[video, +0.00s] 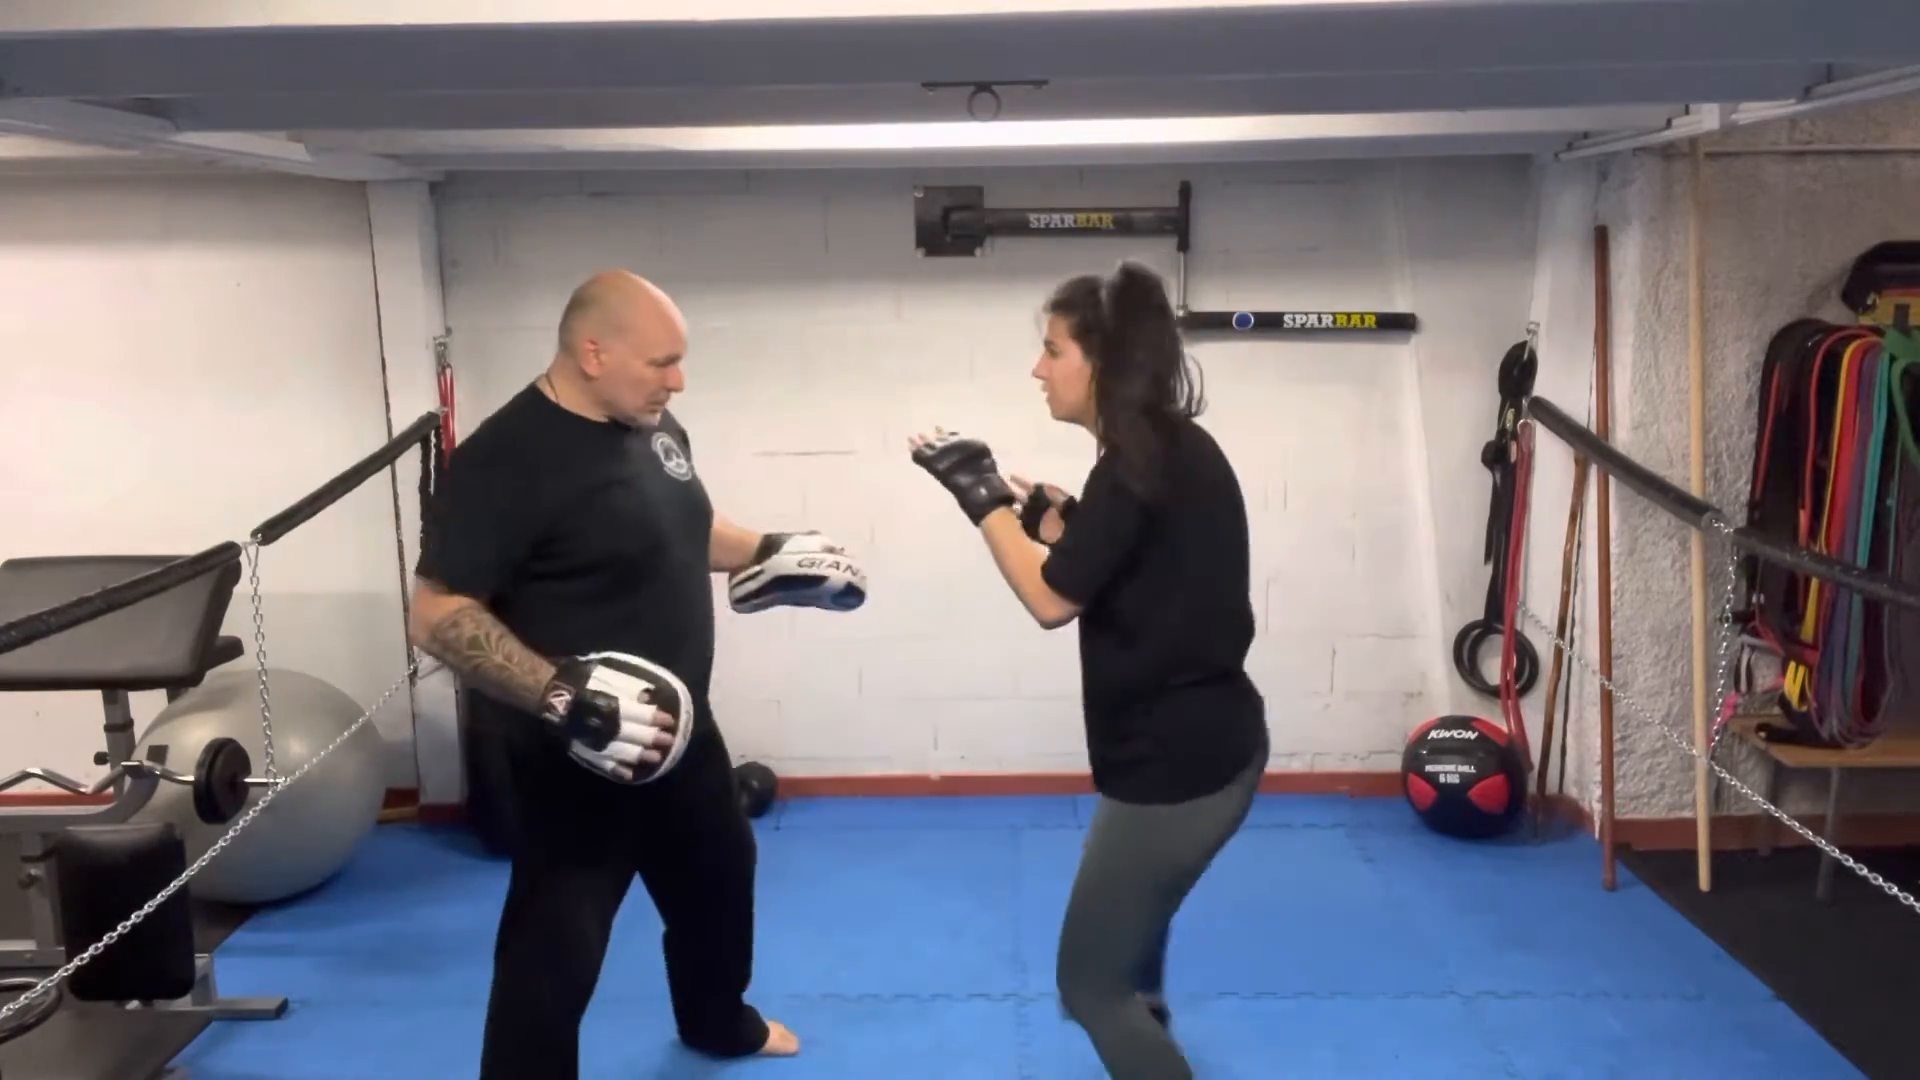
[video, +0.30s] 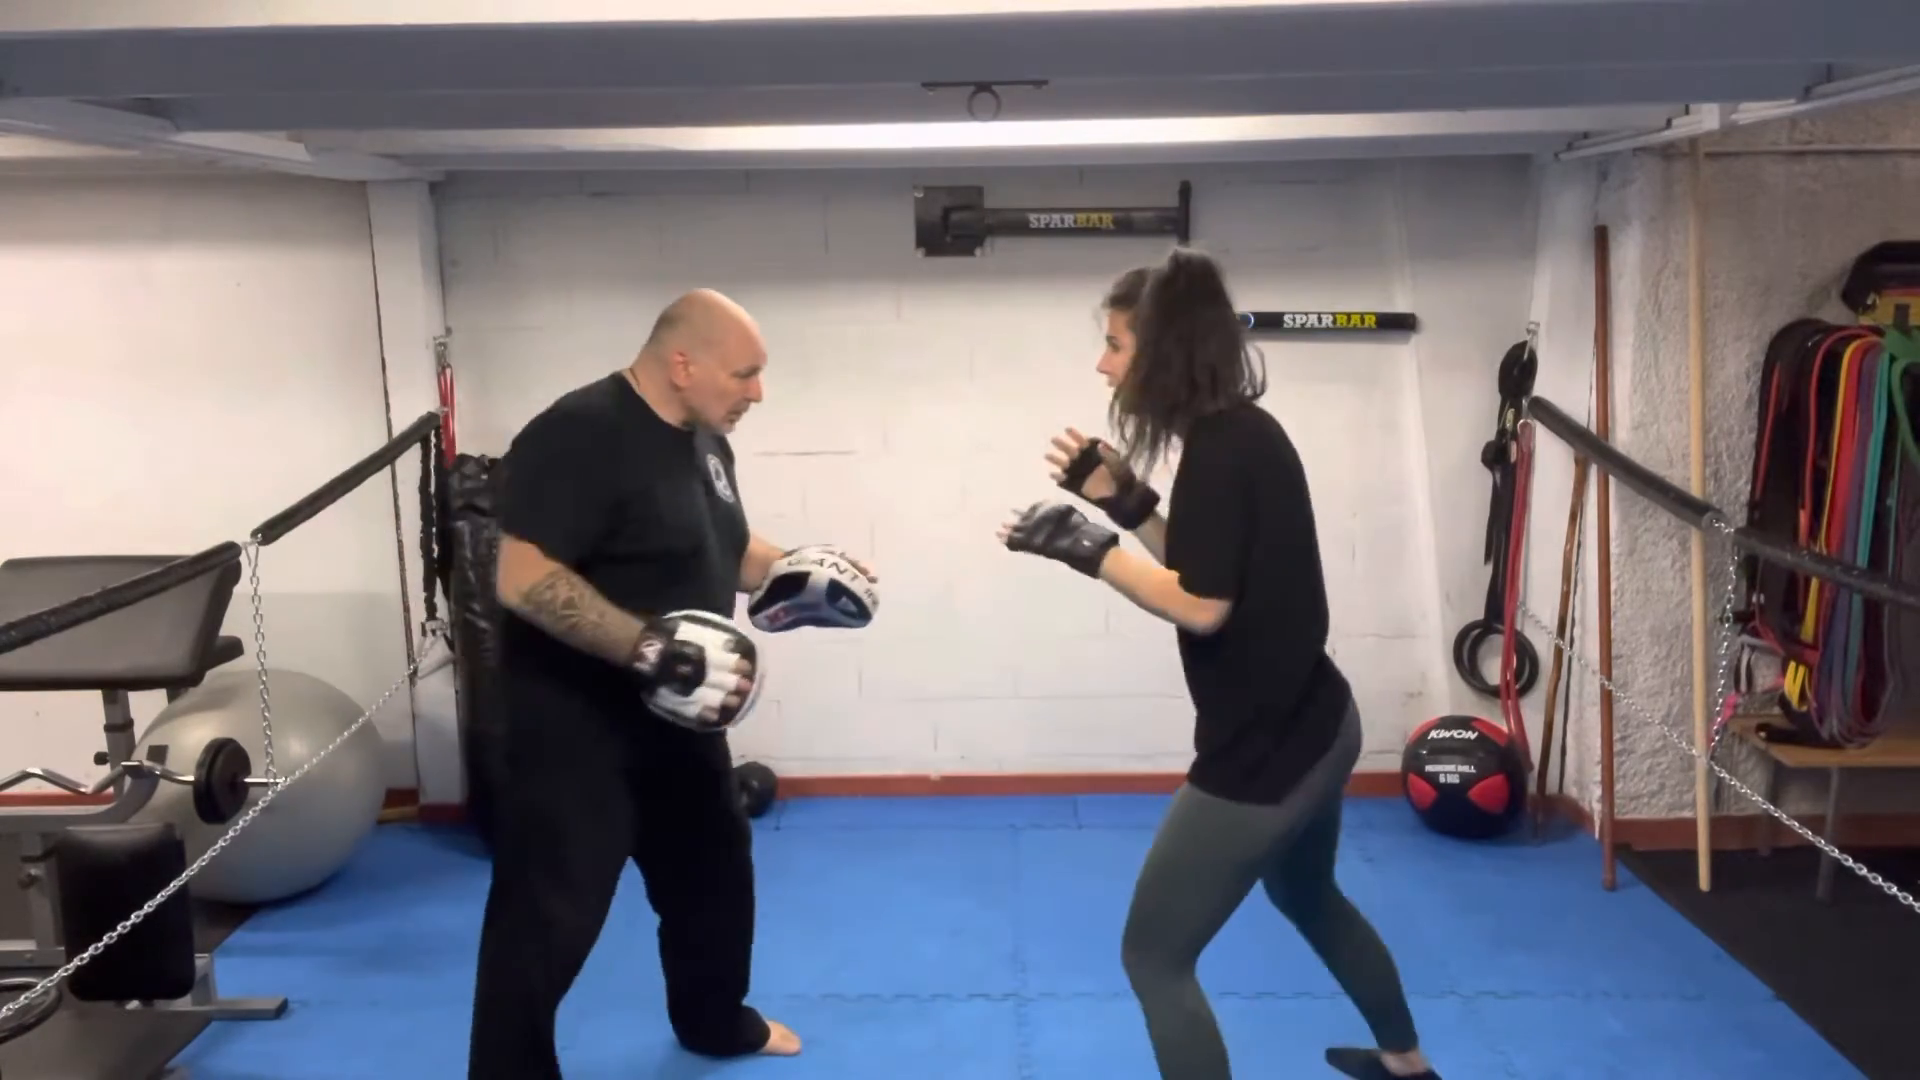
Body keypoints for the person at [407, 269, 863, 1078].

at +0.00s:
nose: (678, 380)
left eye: (680, 360)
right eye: (663, 361)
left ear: (605, 356)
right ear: (594, 353)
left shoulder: (654, 433)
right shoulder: (497, 462)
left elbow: (681, 532)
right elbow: (436, 614)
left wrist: (775, 551)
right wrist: (564, 695)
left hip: (680, 743)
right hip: (570, 762)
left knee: (717, 881)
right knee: (550, 959)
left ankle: (716, 1021)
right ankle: (526, 1070)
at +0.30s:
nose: (755, 393)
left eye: (757, 376)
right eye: (743, 376)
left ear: (689, 367)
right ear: (682, 364)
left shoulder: (704, 444)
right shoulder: (572, 436)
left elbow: (721, 546)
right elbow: (522, 576)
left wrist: (797, 574)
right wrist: (650, 648)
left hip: (669, 722)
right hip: (564, 726)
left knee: (711, 870)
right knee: (544, 918)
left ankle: (714, 1022)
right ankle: (510, 1066)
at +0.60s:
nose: (714, 390)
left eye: (717, 373)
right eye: (702, 373)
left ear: (647, 363)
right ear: (641, 361)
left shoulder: (663, 436)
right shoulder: (556, 431)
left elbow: (682, 550)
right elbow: (614, 578)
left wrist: (763, 567)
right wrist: (744, 537)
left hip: (652, 723)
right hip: (552, 732)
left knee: (693, 877)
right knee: (509, 929)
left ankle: (712, 1021)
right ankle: (451, 1070)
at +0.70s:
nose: (677, 392)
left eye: (679, 373)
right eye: (663, 373)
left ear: (607, 364)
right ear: (598, 361)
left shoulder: (626, 433)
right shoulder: (519, 441)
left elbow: (637, 543)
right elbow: (599, 579)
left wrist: (727, 534)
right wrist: (716, 515)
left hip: (639, 723)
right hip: (538, 737)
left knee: (686, 884)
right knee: (500, 936)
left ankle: (714, 1024)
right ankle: (459, 1070)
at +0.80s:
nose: (639, 396)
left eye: (642, 375)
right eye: (624, 375)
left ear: (567, 366)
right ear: (559, 364)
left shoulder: (605, 437)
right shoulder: (477, 452)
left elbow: (618, 557)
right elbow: (555, 593)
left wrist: (711, 551)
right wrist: (673, 522)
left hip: (627, 728)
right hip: (520, 744)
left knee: (680, 888)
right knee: (503, 940)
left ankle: (714, 1023)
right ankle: (461, 1072)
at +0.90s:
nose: (607, 403)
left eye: (610, 383)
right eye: (592, 383)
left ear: (531, 372)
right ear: (524, 370)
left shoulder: (575, 439)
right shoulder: (439, 460)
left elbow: (598, 569)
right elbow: (513, 610)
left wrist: (685, 532)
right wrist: (634, 524)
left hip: (611, 723)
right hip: (507, 744)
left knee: (676, 873)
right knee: (501, 942)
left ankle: (714, 1021)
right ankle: (458, 1071)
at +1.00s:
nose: (586, 406)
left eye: (589, 385)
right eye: (570, 385)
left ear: (509, 375)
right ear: (501, 374)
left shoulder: (549, 437)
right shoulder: (420, 472)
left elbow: (594, 543)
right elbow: (503, 607)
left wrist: (676, 485)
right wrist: (617, 501)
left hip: (605, 714)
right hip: (500, 744)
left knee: (677, 863)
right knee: (501, 942)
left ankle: (718, 1021)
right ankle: (455, 1071)